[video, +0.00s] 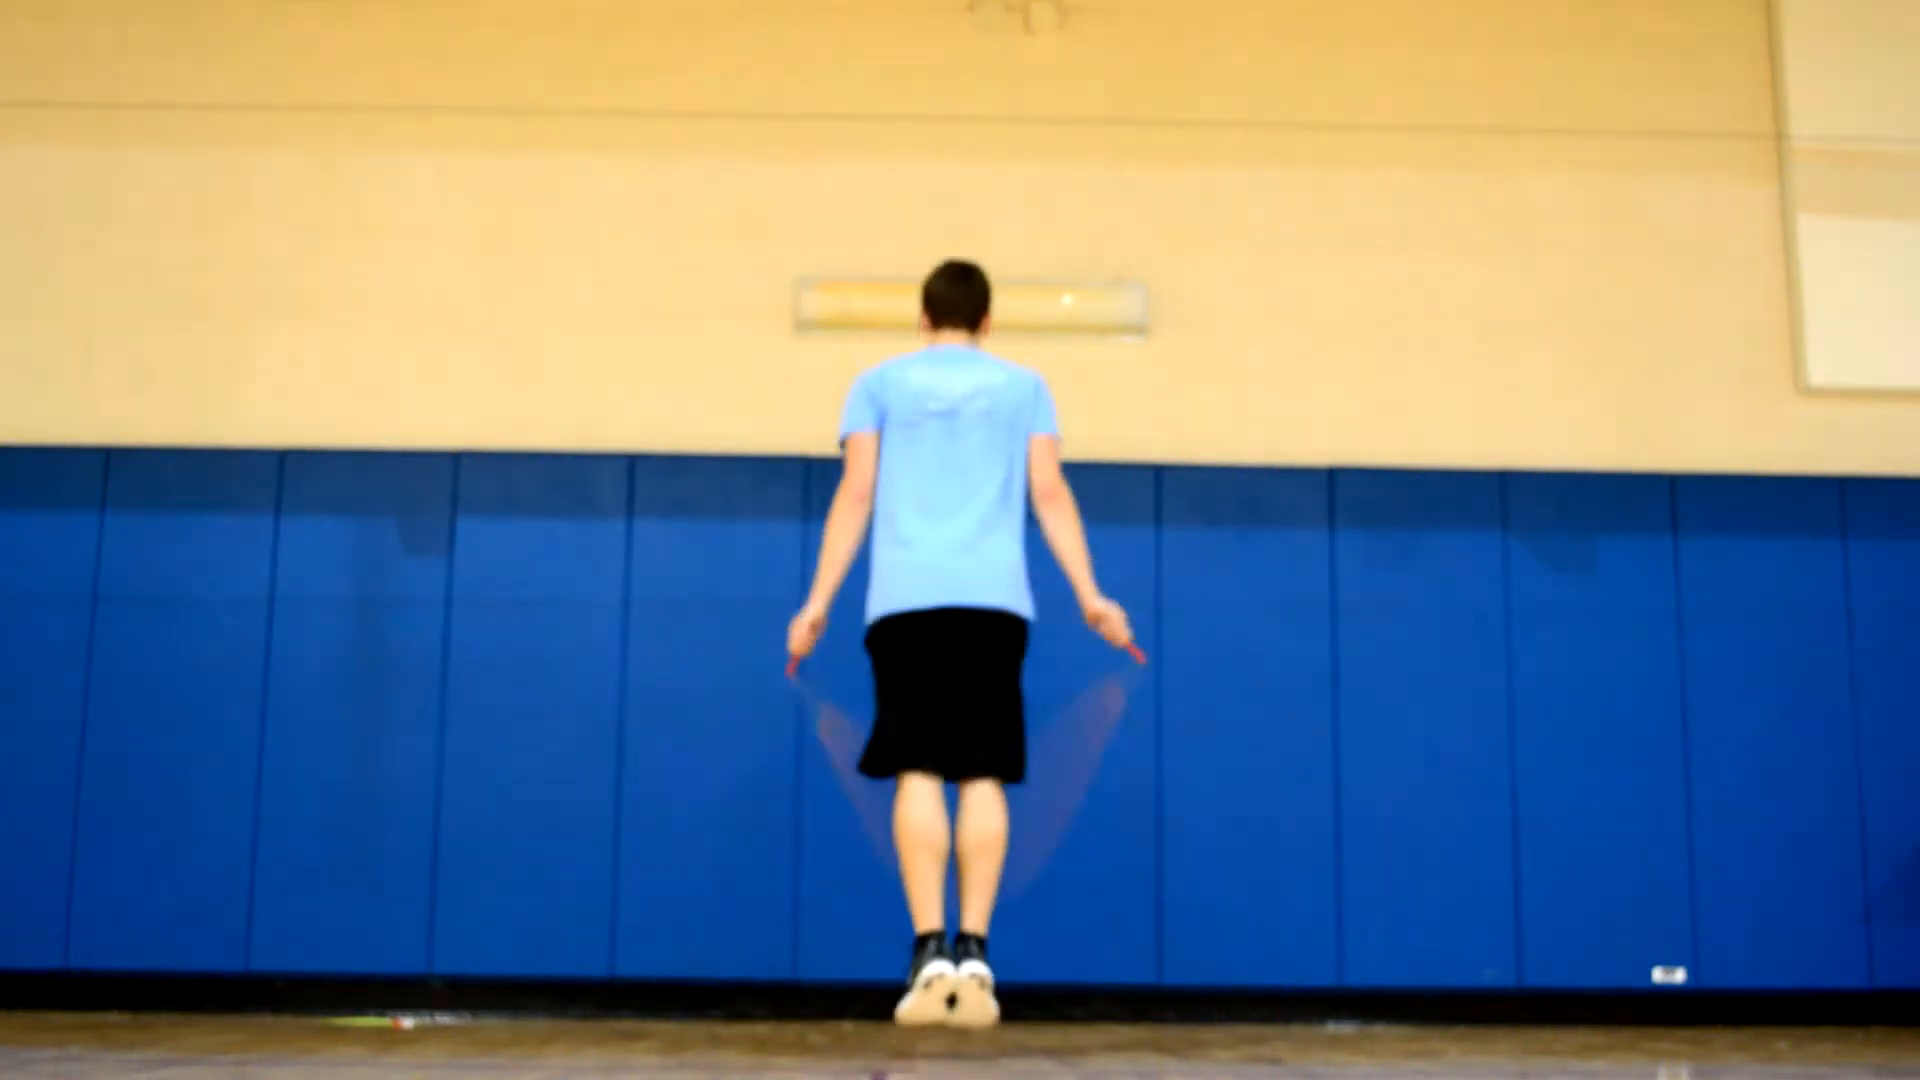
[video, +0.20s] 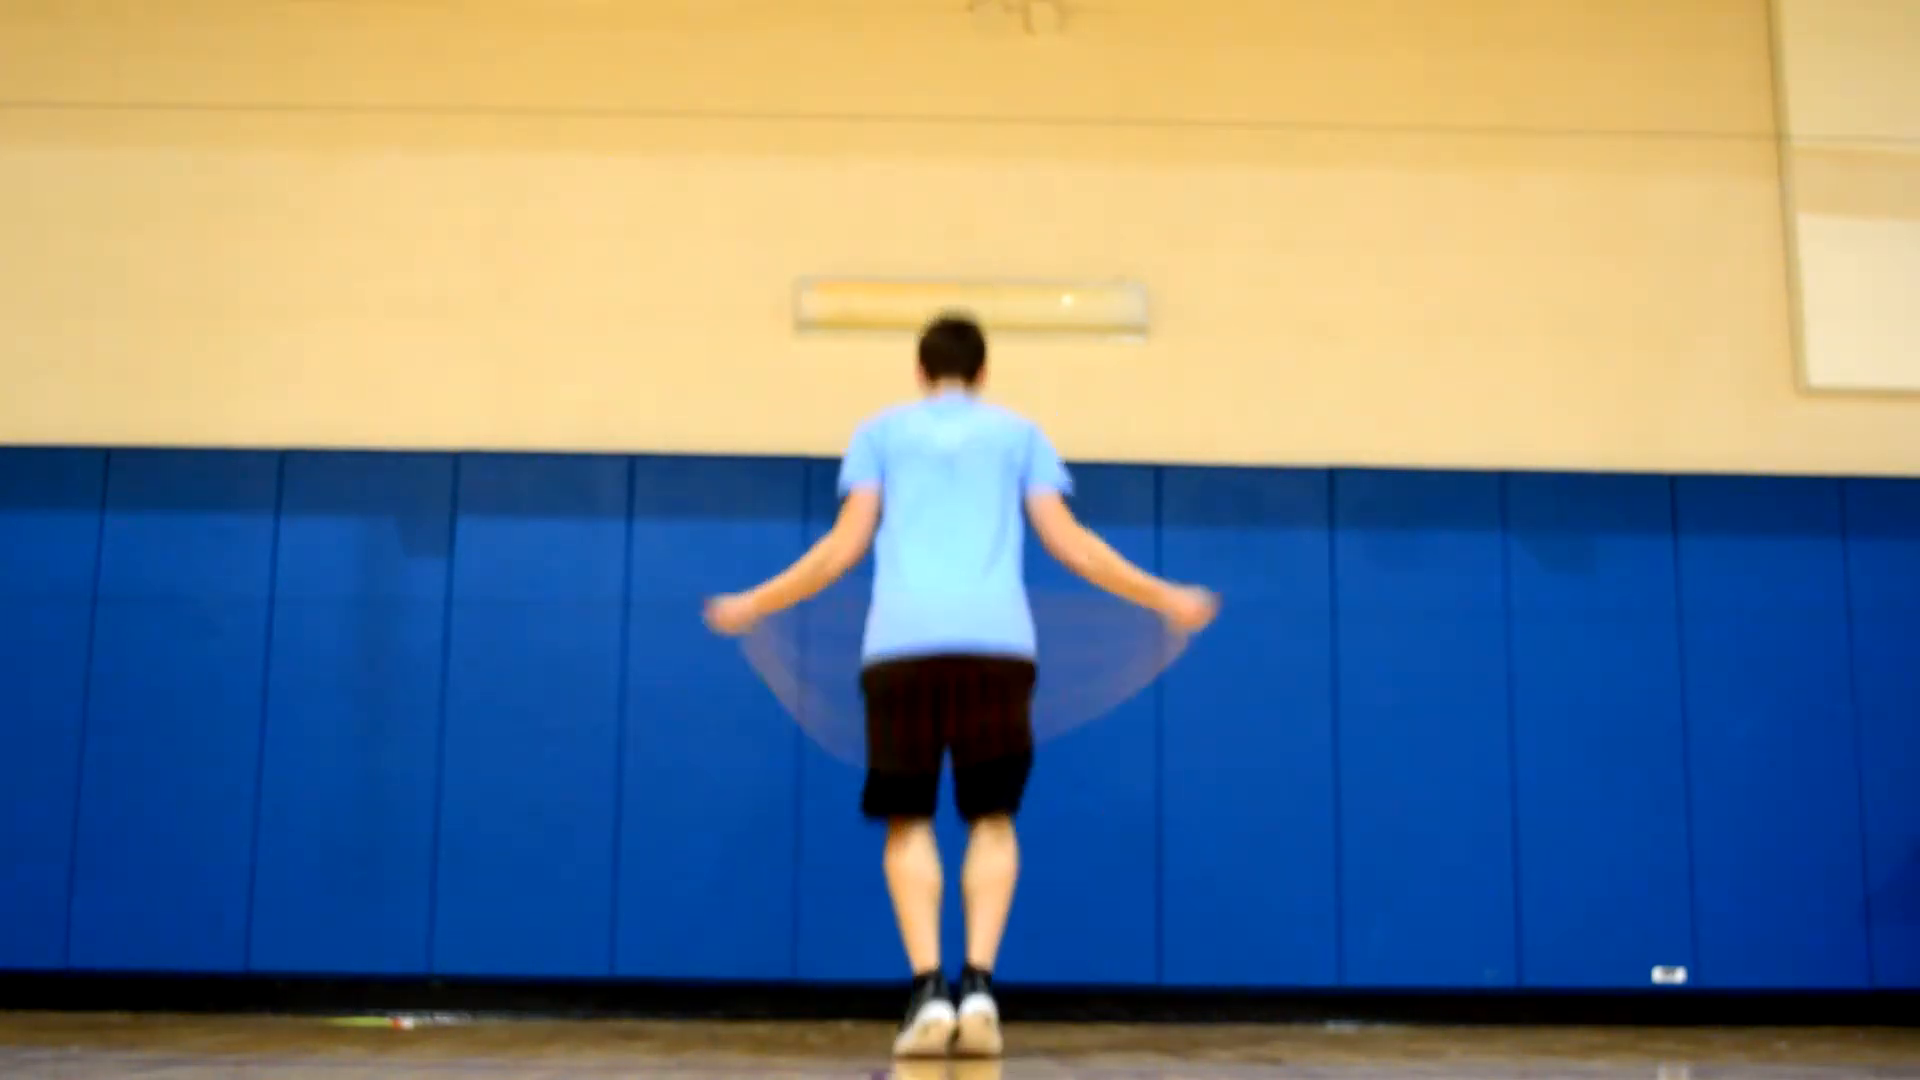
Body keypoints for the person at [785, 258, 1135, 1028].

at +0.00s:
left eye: (933, 312)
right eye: (979, 316)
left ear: (923, 316)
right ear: (988, 320)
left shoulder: (878, 385)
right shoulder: (1024, 387)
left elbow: (855, 499)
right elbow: (1050, 496)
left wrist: (816, 604)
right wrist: (1090, 596)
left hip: (905, 609)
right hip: (993, 608)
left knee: (918, 775)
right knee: (984, 778)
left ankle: (933, 950)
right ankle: (972, 952)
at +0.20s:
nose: (939, 379)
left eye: (928, 366)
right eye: (971, 369)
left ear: (920, 370)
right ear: (984, 372)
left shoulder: (881, 433)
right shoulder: (1019, 435)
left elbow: (845, 546)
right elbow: (1069, 544)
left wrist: (752, 604)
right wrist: (1167, 598)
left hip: (902, 655)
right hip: (996, 654)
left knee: (908, 821)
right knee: (992, 818)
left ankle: (931, 991)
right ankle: (977, 986)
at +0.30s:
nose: (945, 443)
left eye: (928, 432)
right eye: (971, 433)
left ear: (919, 439)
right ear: (985, 442)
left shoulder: (876, 508)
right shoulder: (1024, 514)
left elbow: (791, 583)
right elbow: (1119, 575)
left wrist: (695, 549)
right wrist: (1209, 538)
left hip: (896, 732)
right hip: (1000, 732)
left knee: (882, 888)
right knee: (1011, 880)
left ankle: (930, 1017)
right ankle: (973, 1014)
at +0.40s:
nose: (953, 385)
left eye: (938, 371)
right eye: (970, 372)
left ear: (922, 372)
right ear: (986, 376)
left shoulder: (878, 425)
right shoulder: (1023, 436)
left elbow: (794, 486)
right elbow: (1113, 493)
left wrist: (712, 476)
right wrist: (1190, 480)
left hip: (897, 669)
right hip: (990, 671)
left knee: (900, 826)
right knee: (989, 829)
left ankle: (923, 990)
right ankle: (976, 989)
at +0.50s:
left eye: (934, 297)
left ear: (921, 297)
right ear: (985, 301)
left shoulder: (885, 326)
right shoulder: (1021, 341)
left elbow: (795, 410)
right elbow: (1107, 428)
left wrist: (743, 467)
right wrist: (1174, 488)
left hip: (900, 542)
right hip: (991, 545)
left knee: (910, 701)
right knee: (978, 701)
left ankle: (919, 874)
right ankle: (967, 868)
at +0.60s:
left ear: (917, 300)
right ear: (977, 300)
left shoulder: (884, 320)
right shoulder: (1019, 326)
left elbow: (827, 419)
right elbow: (1073, 436)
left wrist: (804, 515)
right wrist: (1104, 533)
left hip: (909, 452)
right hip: (996, 452)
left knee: (913, 600)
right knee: (974, 595)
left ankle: (904, 761)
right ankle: (954, 750)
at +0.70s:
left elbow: (867, 468)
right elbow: (1013, 500)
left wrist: (952, 514)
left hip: (909, 372)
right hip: (1003, 369)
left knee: (916, 536)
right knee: (970, 529)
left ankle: (914, 665)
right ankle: (949, 655)